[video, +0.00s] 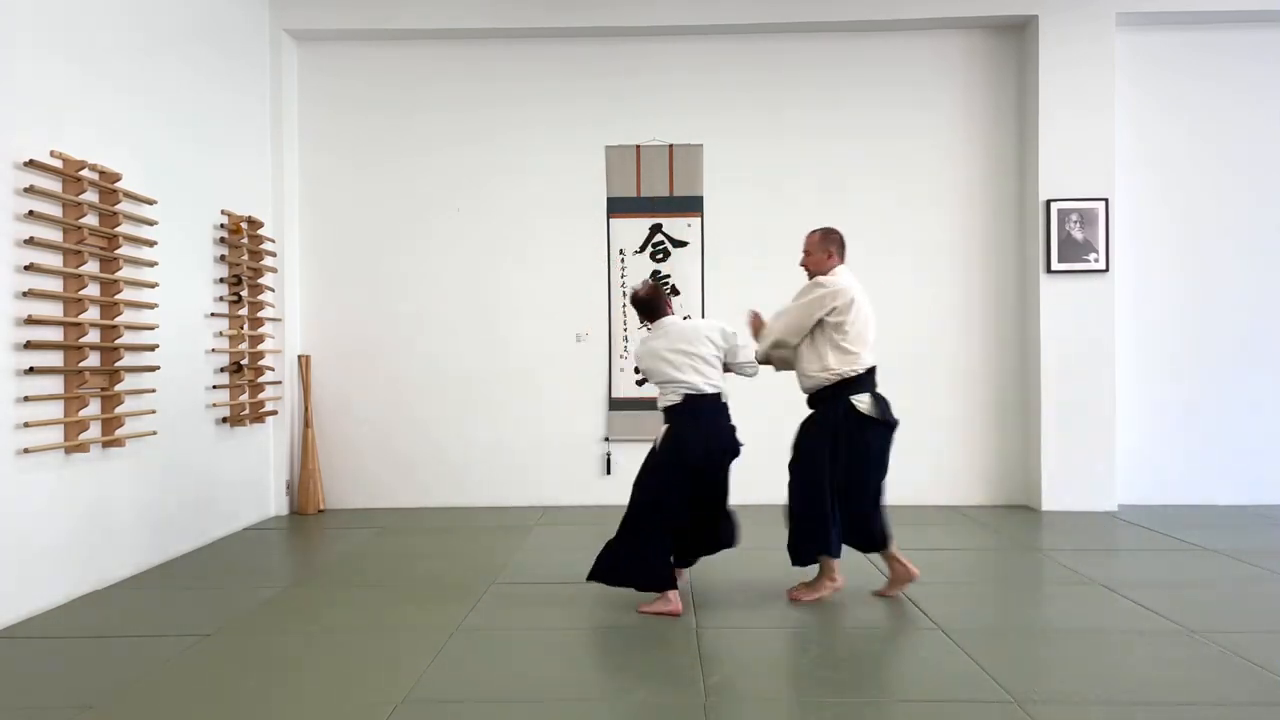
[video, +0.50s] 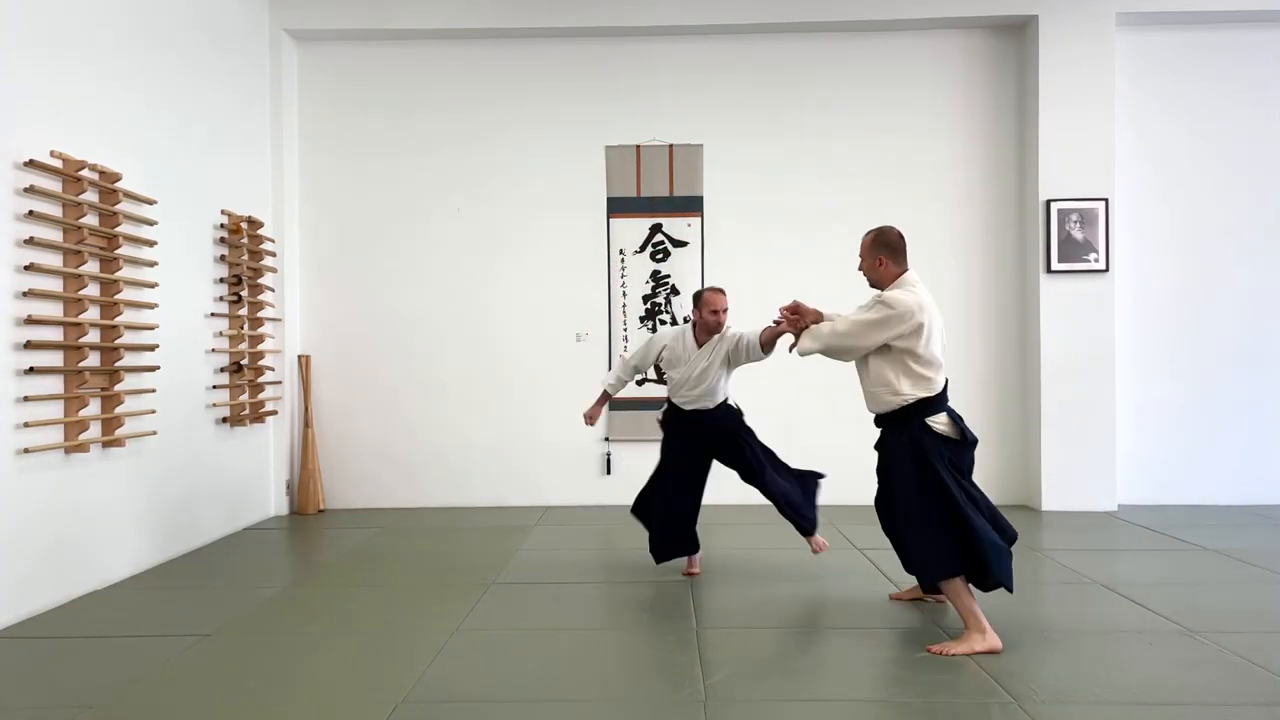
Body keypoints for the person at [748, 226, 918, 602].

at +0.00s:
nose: (802, 260)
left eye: (807, 253)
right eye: (803, 253)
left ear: (831, 256)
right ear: (833, 256)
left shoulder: (827, 287)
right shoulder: (846, 287)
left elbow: (780, 333)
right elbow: (808, 355)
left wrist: (763, 347)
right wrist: (766, 339)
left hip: (839, 408)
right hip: (862, 404)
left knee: (812, 487)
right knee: (850, 491)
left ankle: (828, 574)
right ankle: (897, 565)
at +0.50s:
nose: (862, 269)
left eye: (864, 261)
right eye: (862, 261)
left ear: (881, 262)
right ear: (895, 261)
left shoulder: (899, 304)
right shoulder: (906, 296)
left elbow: (848, 339)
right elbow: (860, 325)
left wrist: (806, 331)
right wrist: (819, 317)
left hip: (916, 431)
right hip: (908, 426)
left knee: (925, 525)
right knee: (894, 508)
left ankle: (980, 632)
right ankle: (932, 583)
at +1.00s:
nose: (768, 275)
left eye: (770, 268)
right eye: (768, 268)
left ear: (788, 268)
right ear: (801, 266)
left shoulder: (804, 307)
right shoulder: (822, 298)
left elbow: (749, 321)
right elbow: (763, 327)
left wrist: (690, 311)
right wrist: (735, 305)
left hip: (827, 430)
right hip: (847, 422)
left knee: (777, 504)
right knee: (875, 505)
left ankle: (790, 603)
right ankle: (933, 582)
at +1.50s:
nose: (673, 280)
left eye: (683, 275)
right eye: (669, 271)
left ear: (700, 279)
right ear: (660, 269)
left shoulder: (702, 315)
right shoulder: (643, 305)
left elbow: (730, 269)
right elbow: (628, 263)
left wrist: (709, 232)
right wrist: (663, 230)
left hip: (680, 427)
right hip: (632, 424)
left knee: (719, 506)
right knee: (585, 501)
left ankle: (766, 595)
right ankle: (561, 571)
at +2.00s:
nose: (646, 330)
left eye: (652, 323)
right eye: (639, 322)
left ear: (657, 317)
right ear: (618, 313)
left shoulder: (664, 344)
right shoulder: (590, 341)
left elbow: (679, 394)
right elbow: (573, 394)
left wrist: (660, 407)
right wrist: (627, 410)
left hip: (647, 442)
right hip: (599, 439)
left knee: (675, 511)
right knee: (567, 506)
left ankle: (697, 595)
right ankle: (547, 580)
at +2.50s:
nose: (642, 392)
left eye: (649, 386)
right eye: (635, 385)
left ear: (663, 371)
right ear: (627, 375)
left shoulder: (680, 399)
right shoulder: (616, 386)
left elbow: (689, 454)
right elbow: (608, 429)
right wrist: (609, 474)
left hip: (677, 466)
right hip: (644, 460)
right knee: (629, 528)